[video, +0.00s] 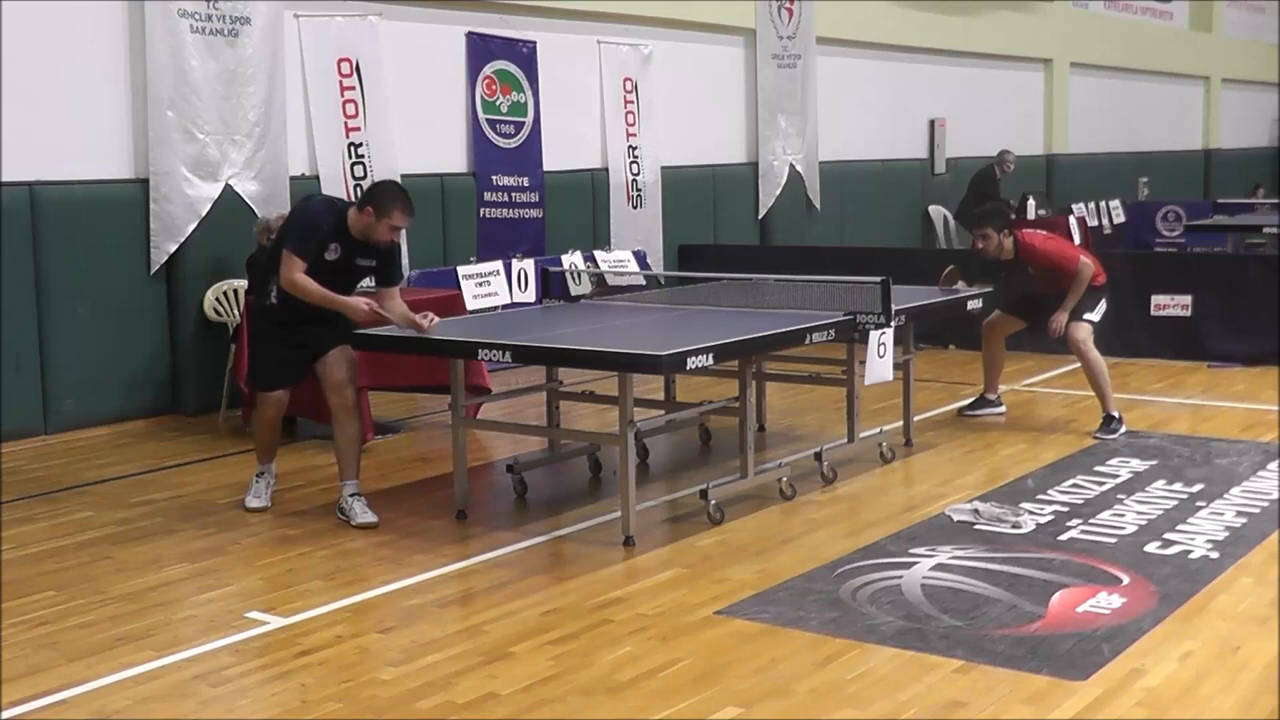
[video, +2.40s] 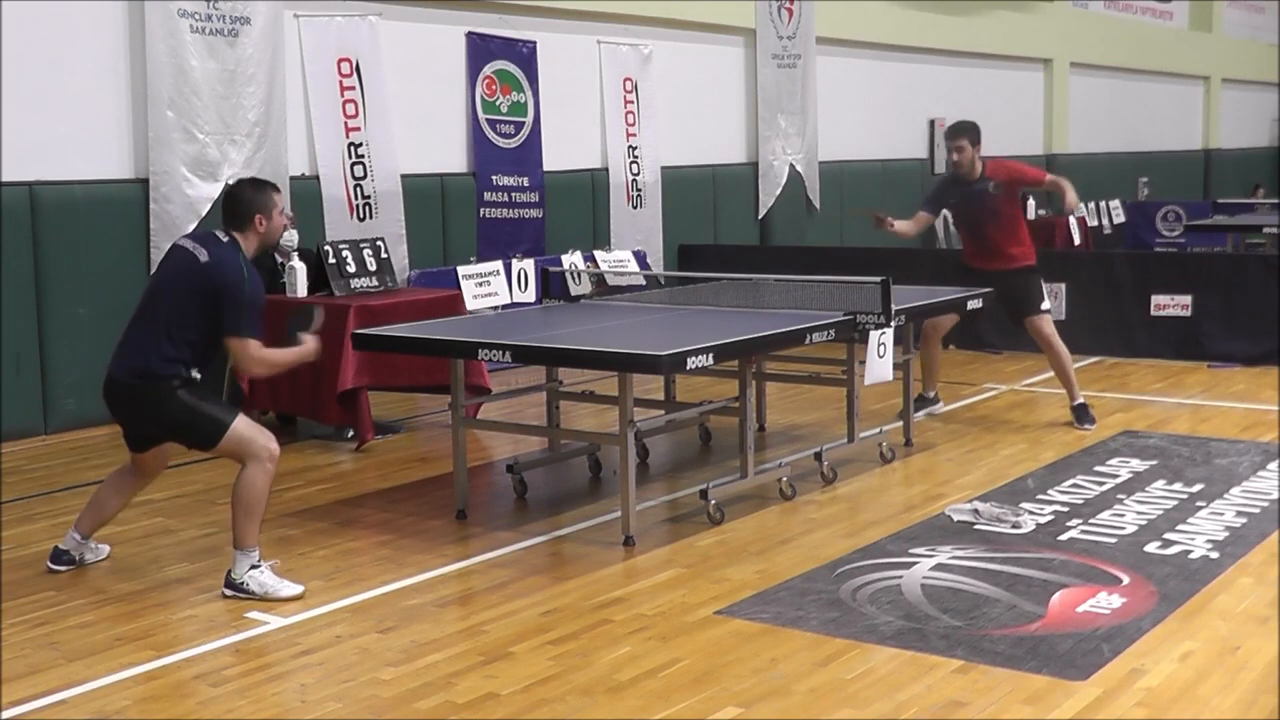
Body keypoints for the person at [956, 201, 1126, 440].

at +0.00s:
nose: (977, 245)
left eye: (984, 238)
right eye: (975, 239)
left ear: (1005, 235)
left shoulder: (1038, 248)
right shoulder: (996, 254)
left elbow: (1086, 268)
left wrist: (1064, 310)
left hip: (1089, 288)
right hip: (1045, 291)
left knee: (1079, 339)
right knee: (992, 327)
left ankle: (1111, 416)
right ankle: (990, 398)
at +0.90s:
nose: (984, 205)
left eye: (991, 198)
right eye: (981, 198)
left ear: (1011, 199)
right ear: (978, 200)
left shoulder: (1039, 220)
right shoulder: (988, 227)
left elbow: (1083, 253)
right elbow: (978, 279)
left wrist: (1050, 284)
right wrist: (962, 273)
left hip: (1078, 280)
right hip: (1037, 282)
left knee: (1076, 339)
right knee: (988, 329)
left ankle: (1111, 415)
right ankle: (990, 398)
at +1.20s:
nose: (1000, 164)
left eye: (1007, 158)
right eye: (999, 158)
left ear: (1027, 161)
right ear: (1001, 160)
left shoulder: (1055, 189)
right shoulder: (1000, 194)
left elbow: (1090, 226)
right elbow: (986, 237)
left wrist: (1061, 250)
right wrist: (973, 245)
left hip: (1069, 275)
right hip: (1027, 275)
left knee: (1079, 338)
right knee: (986, 333)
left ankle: (1112, 415)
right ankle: (989, 396)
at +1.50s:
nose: (986, 167)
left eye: (993, 161)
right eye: (984, 161)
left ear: (1014, 162)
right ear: (984, 161)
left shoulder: (1041, 189)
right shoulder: (984, 192)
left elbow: (1077, 227)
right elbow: (965, 229)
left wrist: (1047, 250)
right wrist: (939, 239)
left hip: (1054, 281)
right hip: (1011, 281)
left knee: (1072, 341)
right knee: (964, 334)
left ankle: (1111, 415)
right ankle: (949, 401)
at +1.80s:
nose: (961, 186)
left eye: (967, 179)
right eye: (960, 179)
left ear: (988, 177)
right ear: (962, 178)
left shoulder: (1019, 202)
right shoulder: (961, 206)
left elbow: (1058, 240)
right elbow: (920, 229)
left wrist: (1022, 262)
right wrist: (893, 250)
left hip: (1033, 287)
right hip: (987, 286)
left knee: (1058, 338)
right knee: (937, 334)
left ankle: (1076, 411)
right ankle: (905, 403)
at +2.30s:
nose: (937, 165)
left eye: (943, 157)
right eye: (933, 158)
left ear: (960, 155)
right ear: (929, 158)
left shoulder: (989, 175)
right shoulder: (933, 190)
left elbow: (1034, 205)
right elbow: (903, 221)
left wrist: (1039, 244)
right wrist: (871, 228)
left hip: (1012, 269)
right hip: (968, 272)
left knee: (1042, 330)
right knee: (925, 331)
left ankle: (1075, 406)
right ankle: (899, 401)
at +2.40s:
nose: (953, 157)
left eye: (959, 150)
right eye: (950, 150)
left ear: (977, 148)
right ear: (948, 151)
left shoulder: (1004, 172)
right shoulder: (948, 185)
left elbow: (1056, 182)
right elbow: (915, 226)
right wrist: (892, 225)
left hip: (1018, 271)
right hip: (974, 272)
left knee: (1044, 332)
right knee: (931, 329)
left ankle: (1077, 402)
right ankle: (929, 396)